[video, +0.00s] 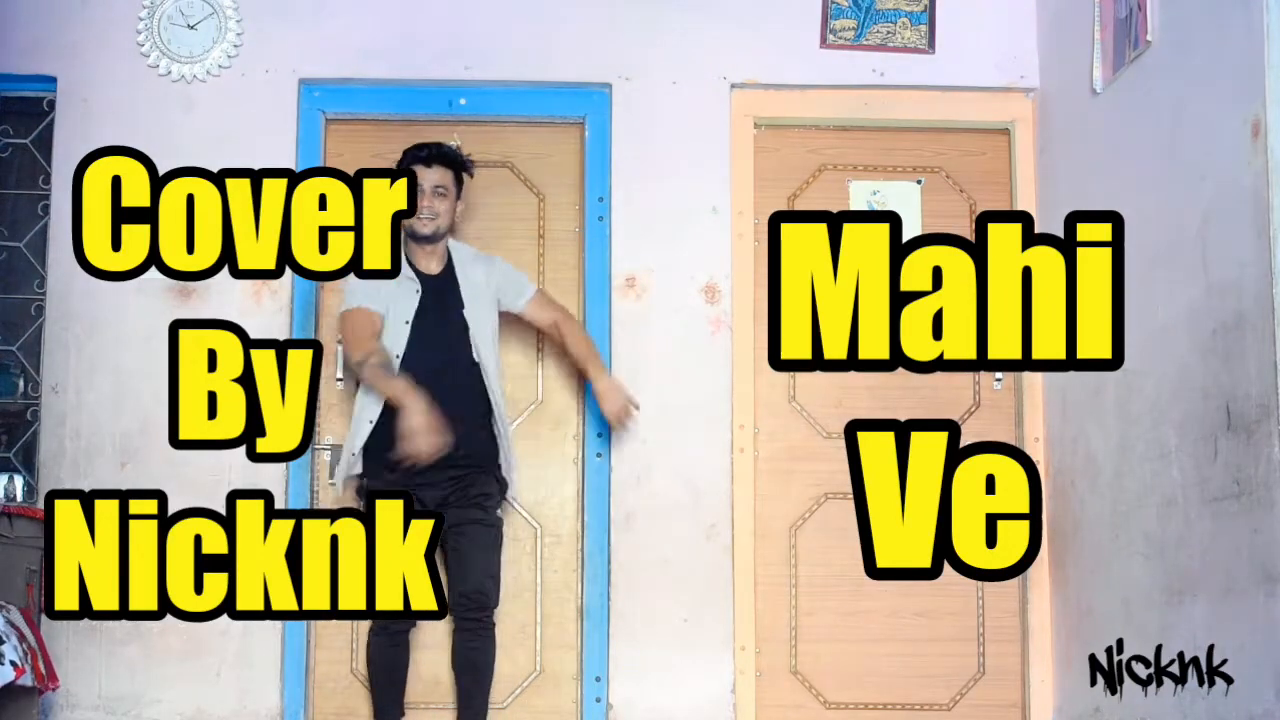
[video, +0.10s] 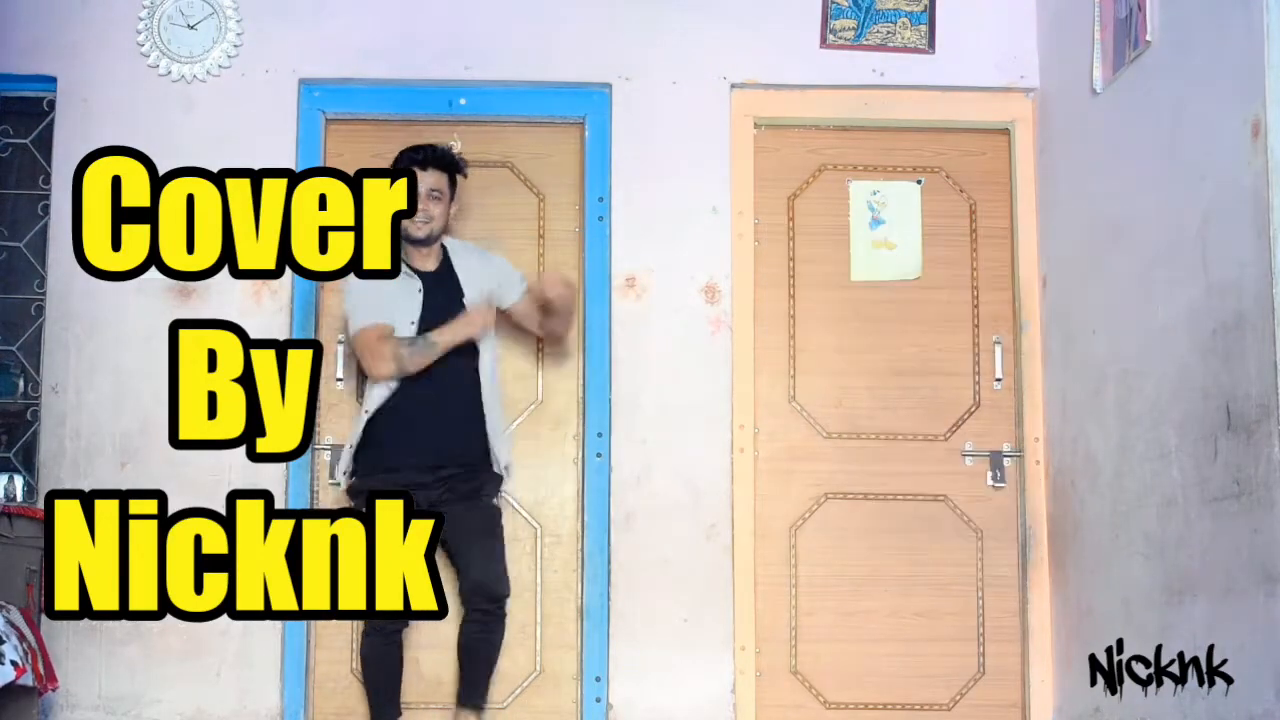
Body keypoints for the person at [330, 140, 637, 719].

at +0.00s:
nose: (427, 201)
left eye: (439, 191)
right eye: (416, 190)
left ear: (458, 201)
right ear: (398, 199)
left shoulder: (485, 271)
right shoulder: (372, 274)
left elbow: (559, 320)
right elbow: (360, 349)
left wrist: (601, 380)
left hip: (473, 472)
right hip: (395, 476)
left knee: (476, 611)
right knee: (393, 613)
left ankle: (473, 718)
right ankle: (387, 717)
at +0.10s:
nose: (424, 206)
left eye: (436, 195)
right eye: (414, 194)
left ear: (453, 204)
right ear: (394, 201)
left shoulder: (481, 267)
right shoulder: (369, 276)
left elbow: (549, 333)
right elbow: (380, 363)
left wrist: (559, 305)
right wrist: (456, 331)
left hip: (466, 474)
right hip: (388, 478)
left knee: (488, 594)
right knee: (383, 611)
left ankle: (470, 711)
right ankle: (384, 717)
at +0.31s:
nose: (421, 235)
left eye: (435, 224)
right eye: (410, 222)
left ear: (449, 232)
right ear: (391, 226)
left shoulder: (474, 280)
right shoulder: (368, 311)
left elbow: (545, 322)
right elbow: (392, 397)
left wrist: (525, 246)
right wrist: (457, 338)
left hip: (475, 488)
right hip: (394, 495)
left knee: (521, 579)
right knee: (386, 620)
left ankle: (469, 696)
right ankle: (386, 717)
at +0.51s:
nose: (446, 231)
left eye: (459, 221)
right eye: (435, 216)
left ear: (469, 226)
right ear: (409, 215)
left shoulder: (485, 285)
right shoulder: (378, 284)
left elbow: (554, 333)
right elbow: (394, 371)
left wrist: (563, 252)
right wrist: (488, 349)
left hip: (522, 477)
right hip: (443, 489)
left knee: (538, 612)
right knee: (427, 622)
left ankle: (527, 717)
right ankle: (402, 716)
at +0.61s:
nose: (454, 229)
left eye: (467, 219)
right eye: (444, 214)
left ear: (477, 226)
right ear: (420, 214)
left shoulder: (493, 286)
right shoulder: (386, 290)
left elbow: (559, 343)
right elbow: (394, 380)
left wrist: (556, 266)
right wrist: (477, 344)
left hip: (529, 481)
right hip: (450, 493)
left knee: (545, 615)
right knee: (434, 627)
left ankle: (529, 717)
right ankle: (411, 717)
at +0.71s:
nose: (460, 227)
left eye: (474, 219)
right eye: (450, 212)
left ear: (485, 227)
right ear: (429, 211)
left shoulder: (501, 282)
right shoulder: (392, 302)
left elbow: (560, 345)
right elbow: (402, 395)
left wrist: (552, 273)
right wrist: (469, 339)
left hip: (520, 485)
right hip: (439, 494)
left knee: (556, 604)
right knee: (427, 625)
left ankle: (534, 717)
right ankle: (408, 718)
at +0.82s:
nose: (466, 238)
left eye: (480, 230)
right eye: (457, 222)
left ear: (493, 237)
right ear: (436, 222)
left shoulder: (505, 285)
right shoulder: (407, 312)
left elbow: (572, 334)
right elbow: (420, 406)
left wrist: (557, 259)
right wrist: (479, 339)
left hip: (513, 490)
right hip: (435, 499)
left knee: (570, 585)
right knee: (417, 628)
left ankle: (544, 713)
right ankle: (404, 719)